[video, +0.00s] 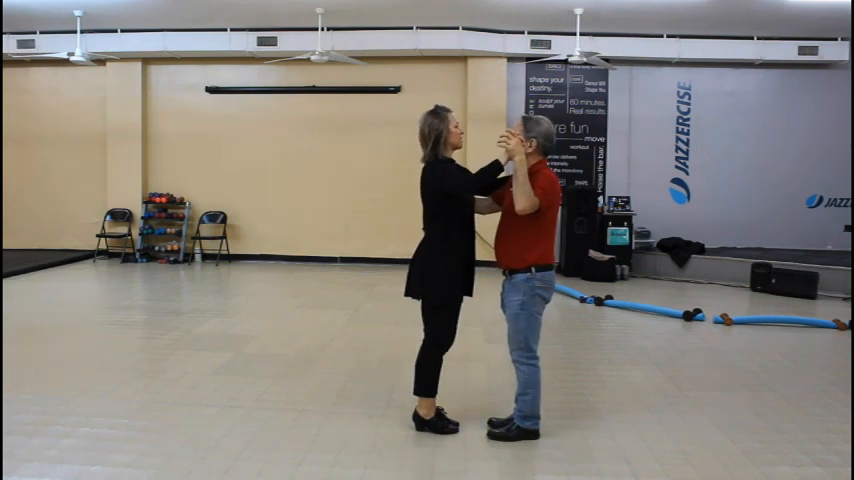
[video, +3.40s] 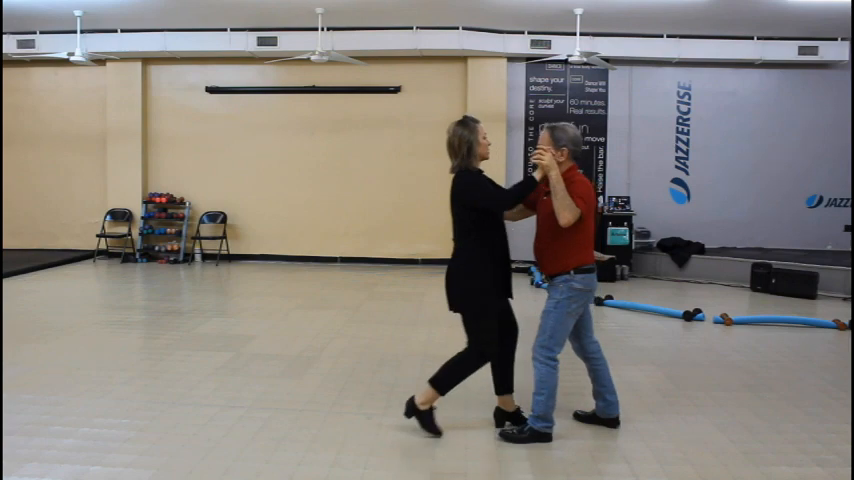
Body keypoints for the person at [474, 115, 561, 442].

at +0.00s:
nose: (509, 139)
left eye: (514, 135)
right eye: (510, 134)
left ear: (530, 144)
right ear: (529, 145)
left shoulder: (545, 178)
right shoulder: (520, 179)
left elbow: (524, 205)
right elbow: (484, 205)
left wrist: (518, 160)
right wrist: (450, 193)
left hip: (532, 277)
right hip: (517, 276)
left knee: (525, 354)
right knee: (520, 353)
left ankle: (527, 423)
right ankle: (522, 416)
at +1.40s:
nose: (487, 148)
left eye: (494, 143)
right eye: (489, 142)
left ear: (513, 149)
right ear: (509, 149)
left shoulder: (527, 181)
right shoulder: (505, 181)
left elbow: (506, 214)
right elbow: (465, 209)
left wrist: (491, 171)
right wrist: (431, 201)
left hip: (514, 278)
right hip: (504, 277)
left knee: (478, 347)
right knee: (510, 347)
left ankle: (484, 424)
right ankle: (525, 416)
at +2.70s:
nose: (510, 143)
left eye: (516, 139)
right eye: (511, 138)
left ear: (533, 146)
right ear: (530, 146)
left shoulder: (549, 180)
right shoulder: (527, 179)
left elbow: (524, 210)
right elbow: (488, 206)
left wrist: (514, 165)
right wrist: (452, 198)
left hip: (543, 278)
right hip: (531, 276)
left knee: (524, 353)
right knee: (531, 347)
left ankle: (527, 426)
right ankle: (557, 407)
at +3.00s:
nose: (533, 156)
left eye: (538, 152)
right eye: (534, 151)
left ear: (558, 156)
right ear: (556, 156)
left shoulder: (577, 186)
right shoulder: (547, 185)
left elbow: (560, 223)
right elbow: (514, 212)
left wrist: (547, 177)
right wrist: (481, 201)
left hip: (569, 283)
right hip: (565, 281)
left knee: (534, 351)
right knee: (582, 346)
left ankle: (528, 425)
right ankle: (607, 411)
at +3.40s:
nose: (536, 153)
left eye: (542, 148)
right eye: (537, 147)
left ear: (562, 153)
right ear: (558, 152)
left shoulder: (579, 183)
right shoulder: (547, 184)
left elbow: (567, 218)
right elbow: (516, 212)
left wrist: (553, 174)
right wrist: (483, 204)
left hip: (573, 279)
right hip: (567, 277)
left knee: (545, 351)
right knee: (587, 346)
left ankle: (540, 425)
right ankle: (608, 411)